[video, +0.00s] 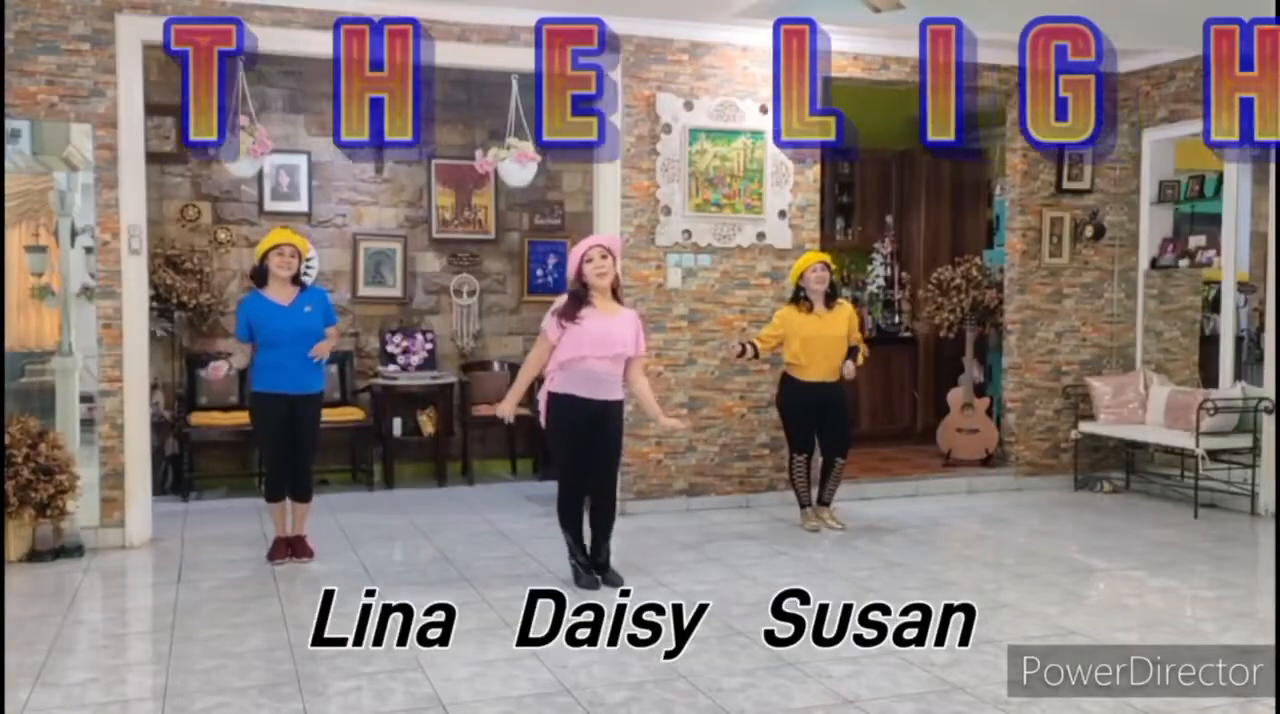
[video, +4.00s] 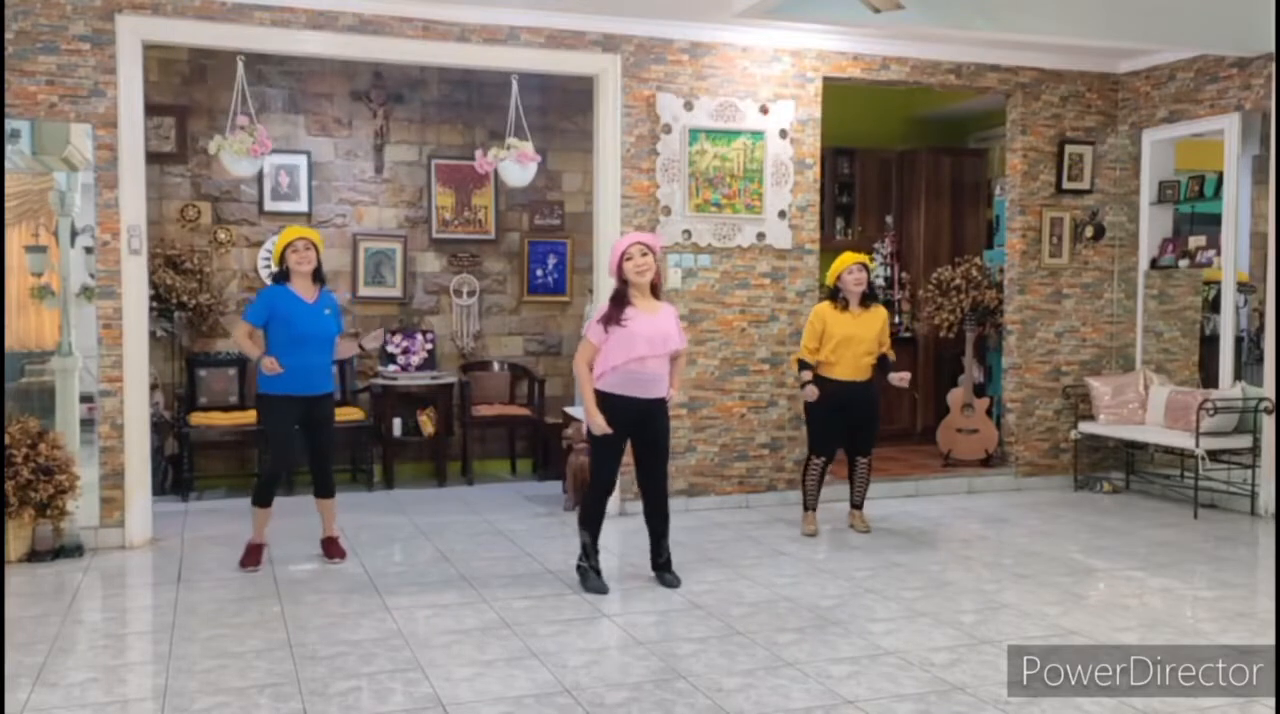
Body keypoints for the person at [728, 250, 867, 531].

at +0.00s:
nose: (820, 275)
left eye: (824, 270)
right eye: (813, 271)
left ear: (830, 276)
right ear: (801, 280)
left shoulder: (844, 310)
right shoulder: (788, 314)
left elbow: (857, 343)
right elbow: (764, 343)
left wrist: (852, 360)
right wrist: (743, 349)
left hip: (831, 389)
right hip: (796, 389)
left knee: (838, 449)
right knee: (801, 449)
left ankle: (824, 507)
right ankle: (806, 510)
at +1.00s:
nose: (852, 273)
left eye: (854, 268)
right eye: (845, 269)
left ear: (859, 275)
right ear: (830, 278)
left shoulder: (870, 310)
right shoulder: (818, 313)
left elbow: (878, 345)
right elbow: (806, 349)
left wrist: (898, 354)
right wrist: (799, 366)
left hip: (856, 387)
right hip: (823, 386)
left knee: (857, 450)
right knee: (825, 449)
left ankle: (851, 509)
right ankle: (817, 508)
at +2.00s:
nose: (836, 279)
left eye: (838, 274)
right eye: (829, 274)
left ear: (841, 280)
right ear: (813, 281)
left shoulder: (852, 314)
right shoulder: (798, 316)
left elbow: (858, 350)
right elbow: (777, 350)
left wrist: (853, 376)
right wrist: (761, 370)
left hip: (833, 392)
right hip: (796, 390)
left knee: (842, 453)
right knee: (798, 452)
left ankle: (846, 510)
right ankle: (802, 512)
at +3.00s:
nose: (838, 277)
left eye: (841, 272)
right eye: (831, 272)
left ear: (846, 277)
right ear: (817, 280)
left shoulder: (857, 307)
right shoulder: (805, 315)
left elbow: (866, 341)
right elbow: (796, 354)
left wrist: (870, 367)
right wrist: (796, 385)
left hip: (847, 387)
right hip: (813, 387)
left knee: (854, 450)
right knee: (809, 451)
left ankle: (855, 510)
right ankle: (805, 511)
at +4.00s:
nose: (858, 276)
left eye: (862, 271)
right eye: (850, 272)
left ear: (868, 277)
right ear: (838, 281)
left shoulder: (879, 314)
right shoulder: (822, 312)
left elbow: (884, 350)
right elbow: (806, 352)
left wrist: (891, 373)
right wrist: (807, 380)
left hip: (863, 391)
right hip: (826, 390)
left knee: (861, 453)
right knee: (821, 453)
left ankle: (857, 511)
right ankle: (810, 512)